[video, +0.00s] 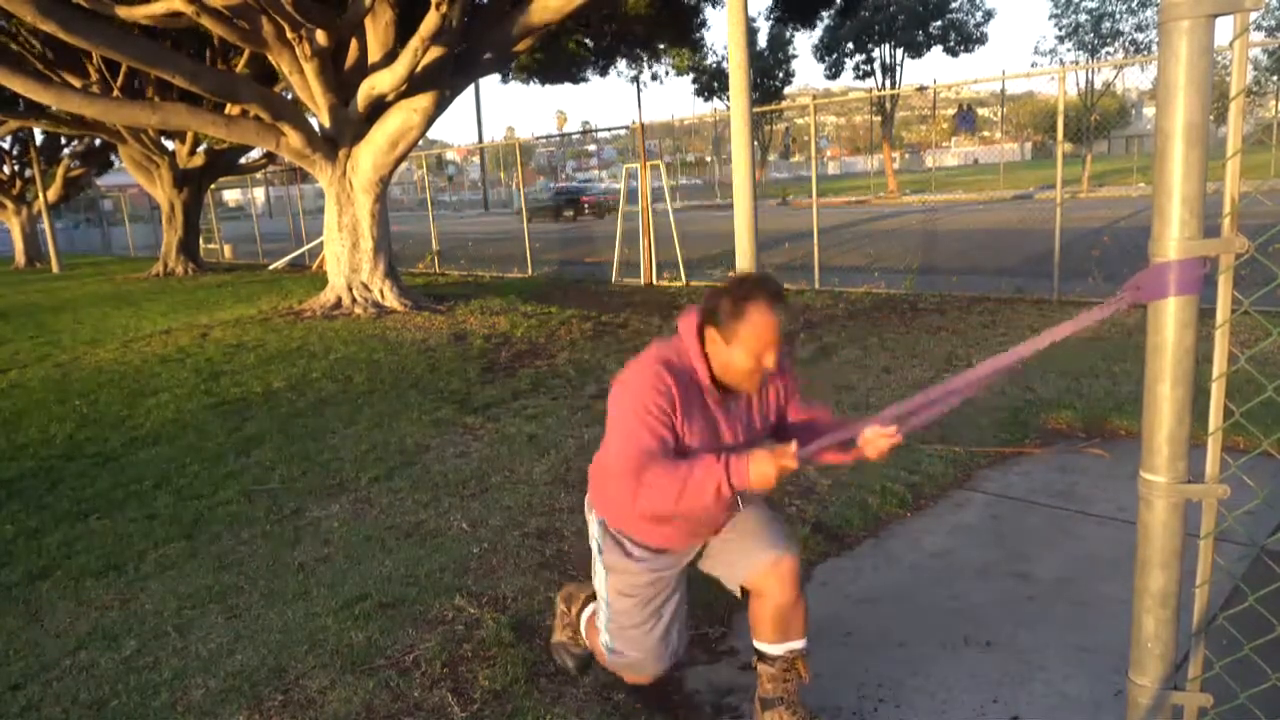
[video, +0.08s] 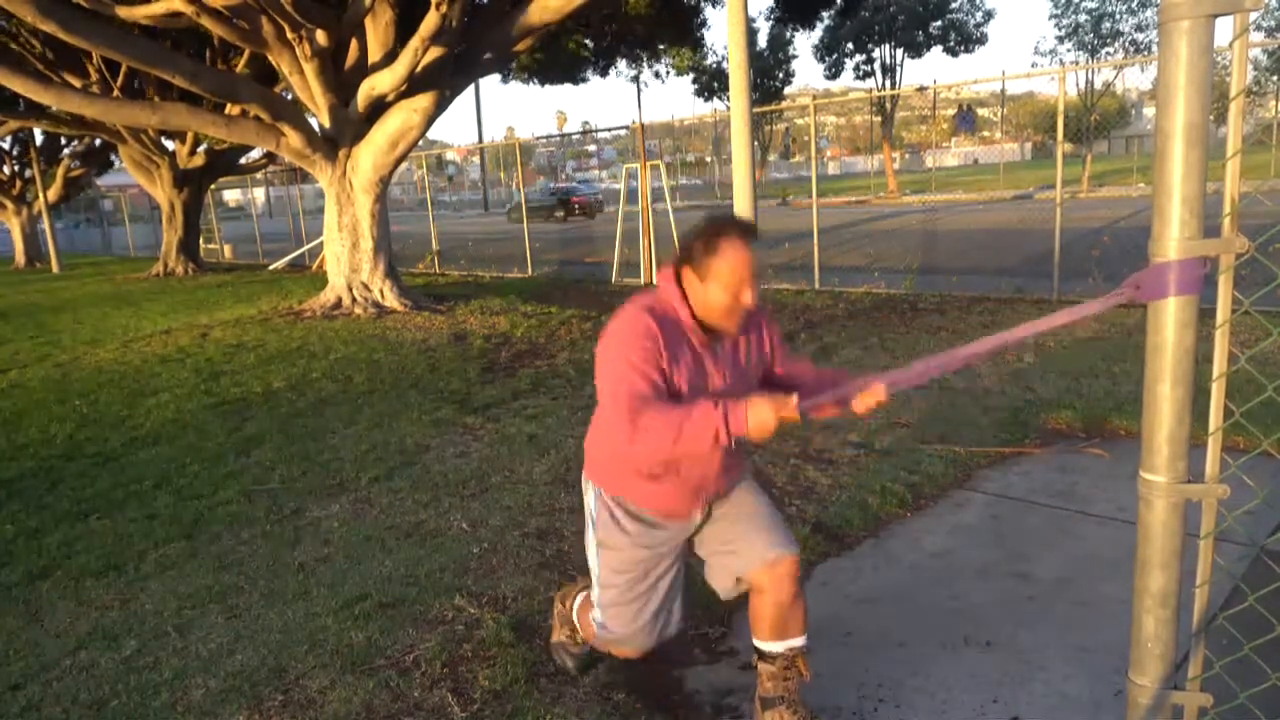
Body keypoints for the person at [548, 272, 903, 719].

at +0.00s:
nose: (772, 367)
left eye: (776, 352)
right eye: (759, 354)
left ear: (781, 341)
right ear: (714, 342)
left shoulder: (770, 375)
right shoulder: (650, 382)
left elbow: (803, 433)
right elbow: (637, 487)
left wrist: (855, 443)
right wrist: (739, 471)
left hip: (720, 507)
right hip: (637, 527)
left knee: (778, 568)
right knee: (642, 667)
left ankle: (779, 696)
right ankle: (580, 614)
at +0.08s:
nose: (750, 299)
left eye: (753, 284)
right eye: (737, 287)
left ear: (757, 277)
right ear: (691, 281)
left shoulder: (750, 322)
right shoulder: (636, 332)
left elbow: (783, 379)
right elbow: (638, 431)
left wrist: (847, 392)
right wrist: (738, 418)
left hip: (721, 481)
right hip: (635, 498)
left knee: (779, 566)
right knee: (631, 640)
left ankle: (780, 697)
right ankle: (574, 610)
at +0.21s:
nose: (721, 208)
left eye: (725, 193)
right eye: (708, 193)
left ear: (725, 190)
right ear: (664, 188)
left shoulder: (722, 244)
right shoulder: (615, 247)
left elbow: (764, 294)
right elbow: (645, 333)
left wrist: (832, 312)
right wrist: (754, 335)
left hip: (698, 425)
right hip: (613, 431)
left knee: (736, 542)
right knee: (635, 573)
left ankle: (767, 677)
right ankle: (597, 613)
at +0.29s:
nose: (706, 178)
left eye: (708, 165)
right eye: (692, 166)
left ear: (704, 162)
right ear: (643, 164)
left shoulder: (703, 214)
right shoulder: (607, 216)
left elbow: (765, 252)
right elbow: (670, 275)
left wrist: (831, 274)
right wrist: (775, 295)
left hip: (677, 404)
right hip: (601, 409)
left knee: (716, 520)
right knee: (655, 541)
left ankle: (702, 633)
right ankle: (651, 653)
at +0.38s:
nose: (692, 178)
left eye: (695, 164)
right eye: (678, 165)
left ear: (696, 159)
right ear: (632, 163)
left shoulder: (686, 209)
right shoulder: (603, 216)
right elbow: (684, 262)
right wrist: (781, 289)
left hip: (671, 406)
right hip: (602, 413)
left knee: (698, 530)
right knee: (667, 555)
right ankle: (697, 692)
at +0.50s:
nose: (690, 218)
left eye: (692, 204)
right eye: (676, 206)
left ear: (694, 200)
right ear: (628, 208)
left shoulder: (688, 250)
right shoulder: (595, 259)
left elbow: (752, 286)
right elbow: (650, 320)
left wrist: (825, 307)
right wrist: (751, 334)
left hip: (670, 451)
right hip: (610, 455)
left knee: (678, 551)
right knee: (704, 576)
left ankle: (564, 554)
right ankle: (709, 696)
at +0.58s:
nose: (700, 250)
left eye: (702, 235)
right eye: (687, 238)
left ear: (700, 232)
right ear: (640, 239)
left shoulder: (701, 287)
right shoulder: (598, 296)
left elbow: (747, 329)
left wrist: (799, 340)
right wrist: (693, 373)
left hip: (660, 477)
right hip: (603, 480)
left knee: (644, 574)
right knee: (710, 575)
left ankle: (546, 566)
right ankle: (713, 697)